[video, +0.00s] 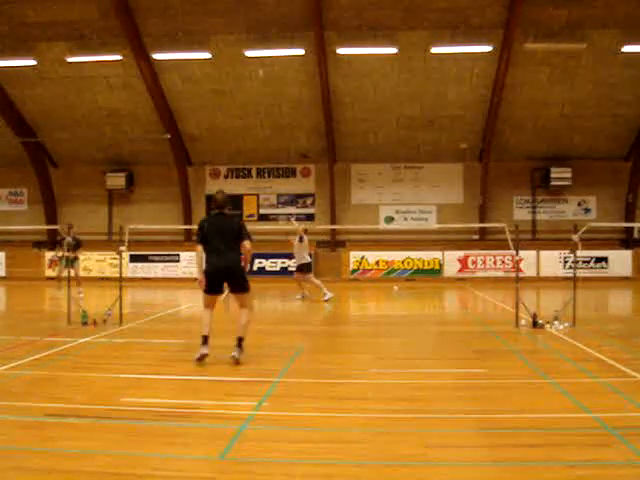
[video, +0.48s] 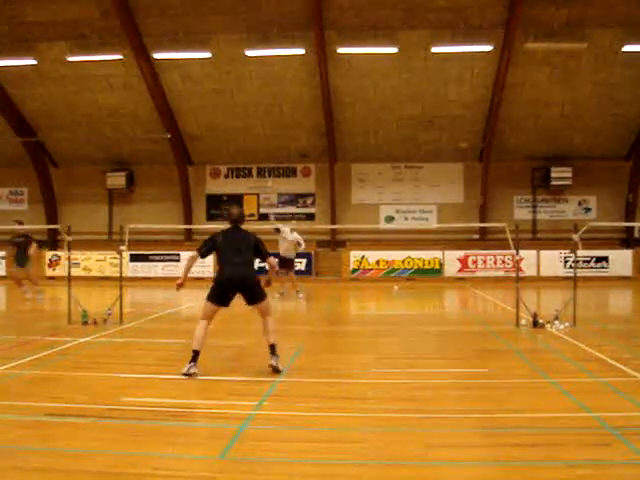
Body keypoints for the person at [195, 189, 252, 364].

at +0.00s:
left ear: (212, 205)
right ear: (227, 205)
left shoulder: (205, 223)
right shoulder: (236, 222)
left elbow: (199, 250)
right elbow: (247, 246)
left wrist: (200, 273)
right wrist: (246, 265)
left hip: (213, 269)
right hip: (234, 267)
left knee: (208, 307)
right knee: (244, 306)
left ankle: (204, 345)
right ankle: (239, 346)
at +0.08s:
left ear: (211, 205)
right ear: (228, 205)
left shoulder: (203, 223)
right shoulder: (235, 221)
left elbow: (195, 248)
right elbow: (249, 244)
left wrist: (197, 272)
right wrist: (249, 264)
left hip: (212, 269)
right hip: (234, 267)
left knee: (205, 311)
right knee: (250, 304)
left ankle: (198, 345)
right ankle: (247, 345)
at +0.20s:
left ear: (215, 215)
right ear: (231, 215)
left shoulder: (205, 233)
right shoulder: (238, 233)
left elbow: (192, 253)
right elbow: (259, 252)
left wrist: (189, 278)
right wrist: (260, 269)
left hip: (211, 281)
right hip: (235, 280)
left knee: (203, 322)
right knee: (254, 313)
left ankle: (195, 364)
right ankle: (266, 350)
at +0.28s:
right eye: (231, 217)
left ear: (216, 219)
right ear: (232, 219)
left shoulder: (206, 236)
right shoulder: (239, 236)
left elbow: (193, 256)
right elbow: (262, 255)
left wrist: (188, 280)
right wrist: (264, 271)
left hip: (212, 282)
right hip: (236, 281)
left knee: (202, 324)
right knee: (254, 317)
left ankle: (194, 364)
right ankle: (268, 350)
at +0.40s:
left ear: (224, 221)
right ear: (239, 221)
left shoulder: (215, 239)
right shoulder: (247, 240)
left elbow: (195, 258)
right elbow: (269, 263)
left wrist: (184, 281)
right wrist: (269, 279)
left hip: (220, 283)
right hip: (243, 284)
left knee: (203, 322)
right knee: (257, 322)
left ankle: (194, 364)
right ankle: (269, 361)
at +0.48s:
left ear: (228, 220)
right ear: (244, 220)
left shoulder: (219, 237)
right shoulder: (251, 238)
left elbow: (194, 256)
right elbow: (271, 263)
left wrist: (183, 278)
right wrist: (270, 278)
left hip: (224, 280)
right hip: (248, 280)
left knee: (205, 319)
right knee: (266, 314)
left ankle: (193, 362)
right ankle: (273, 355)